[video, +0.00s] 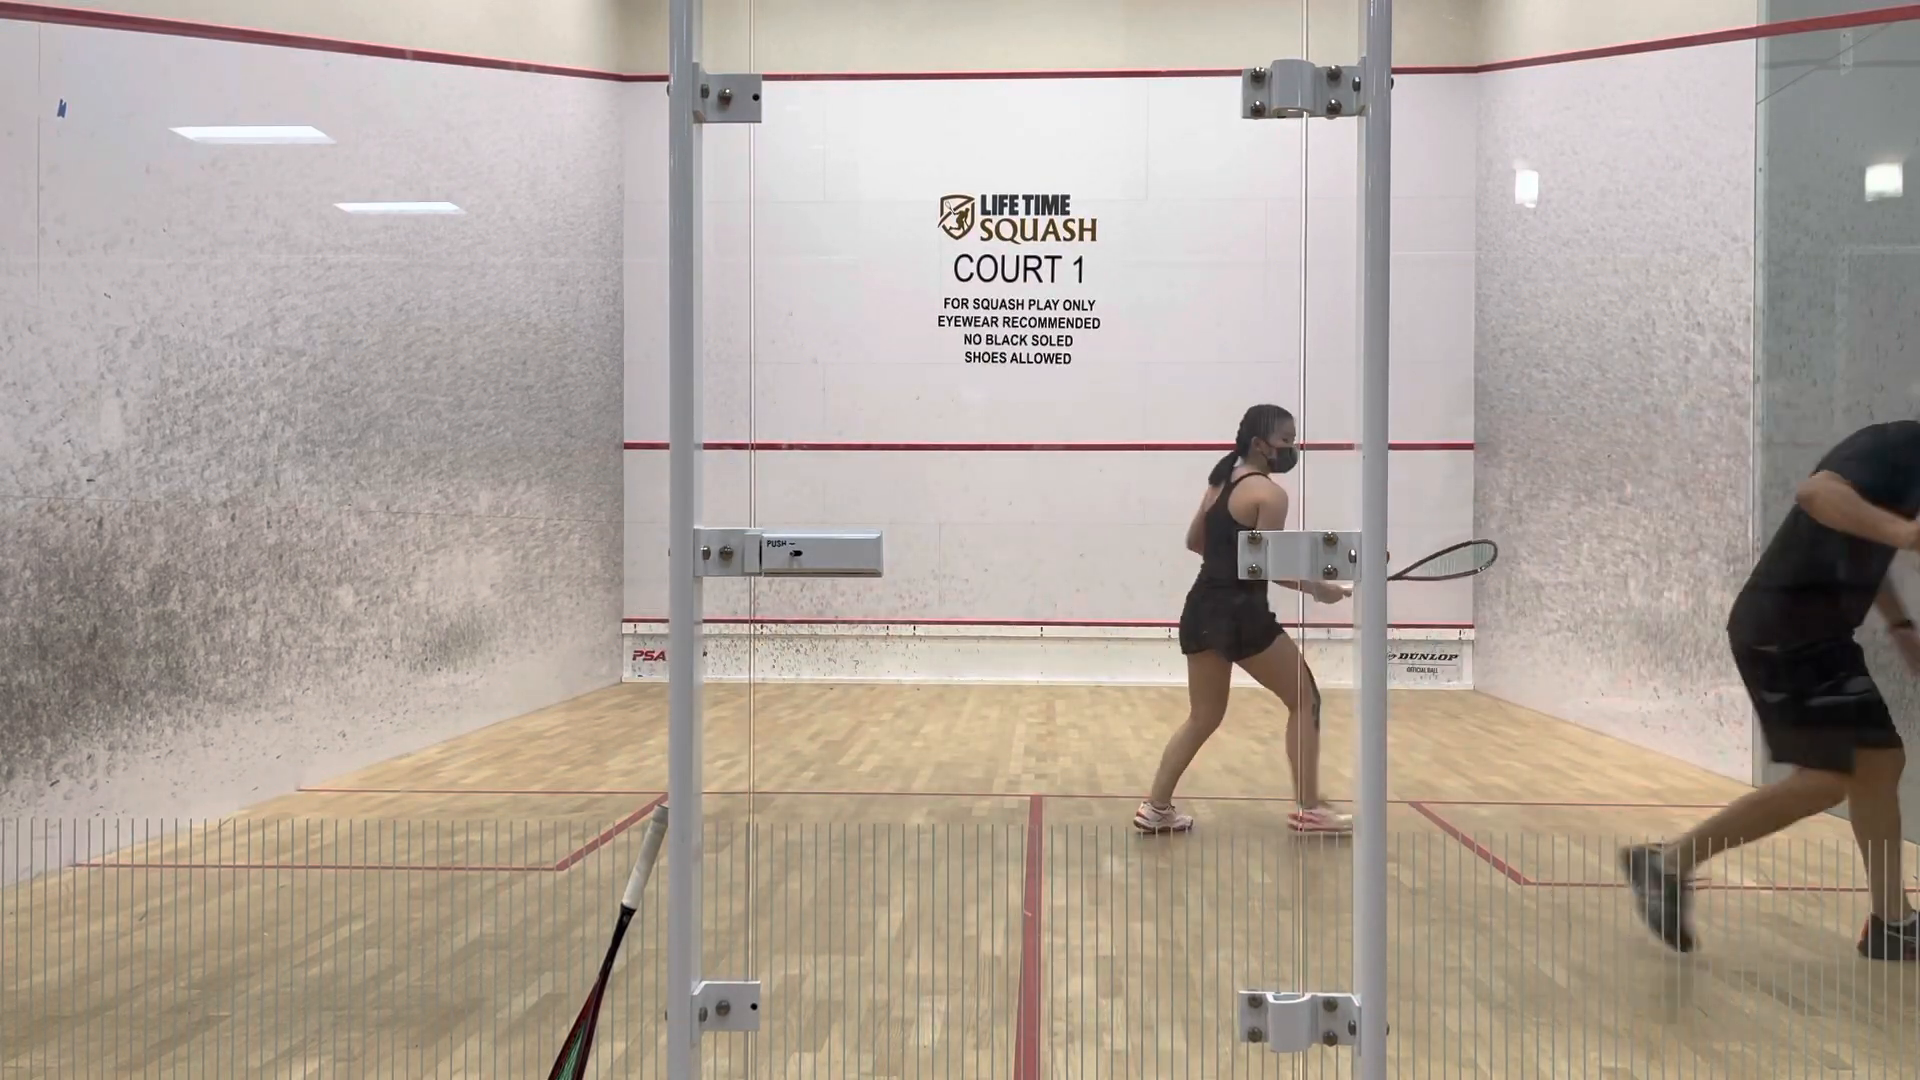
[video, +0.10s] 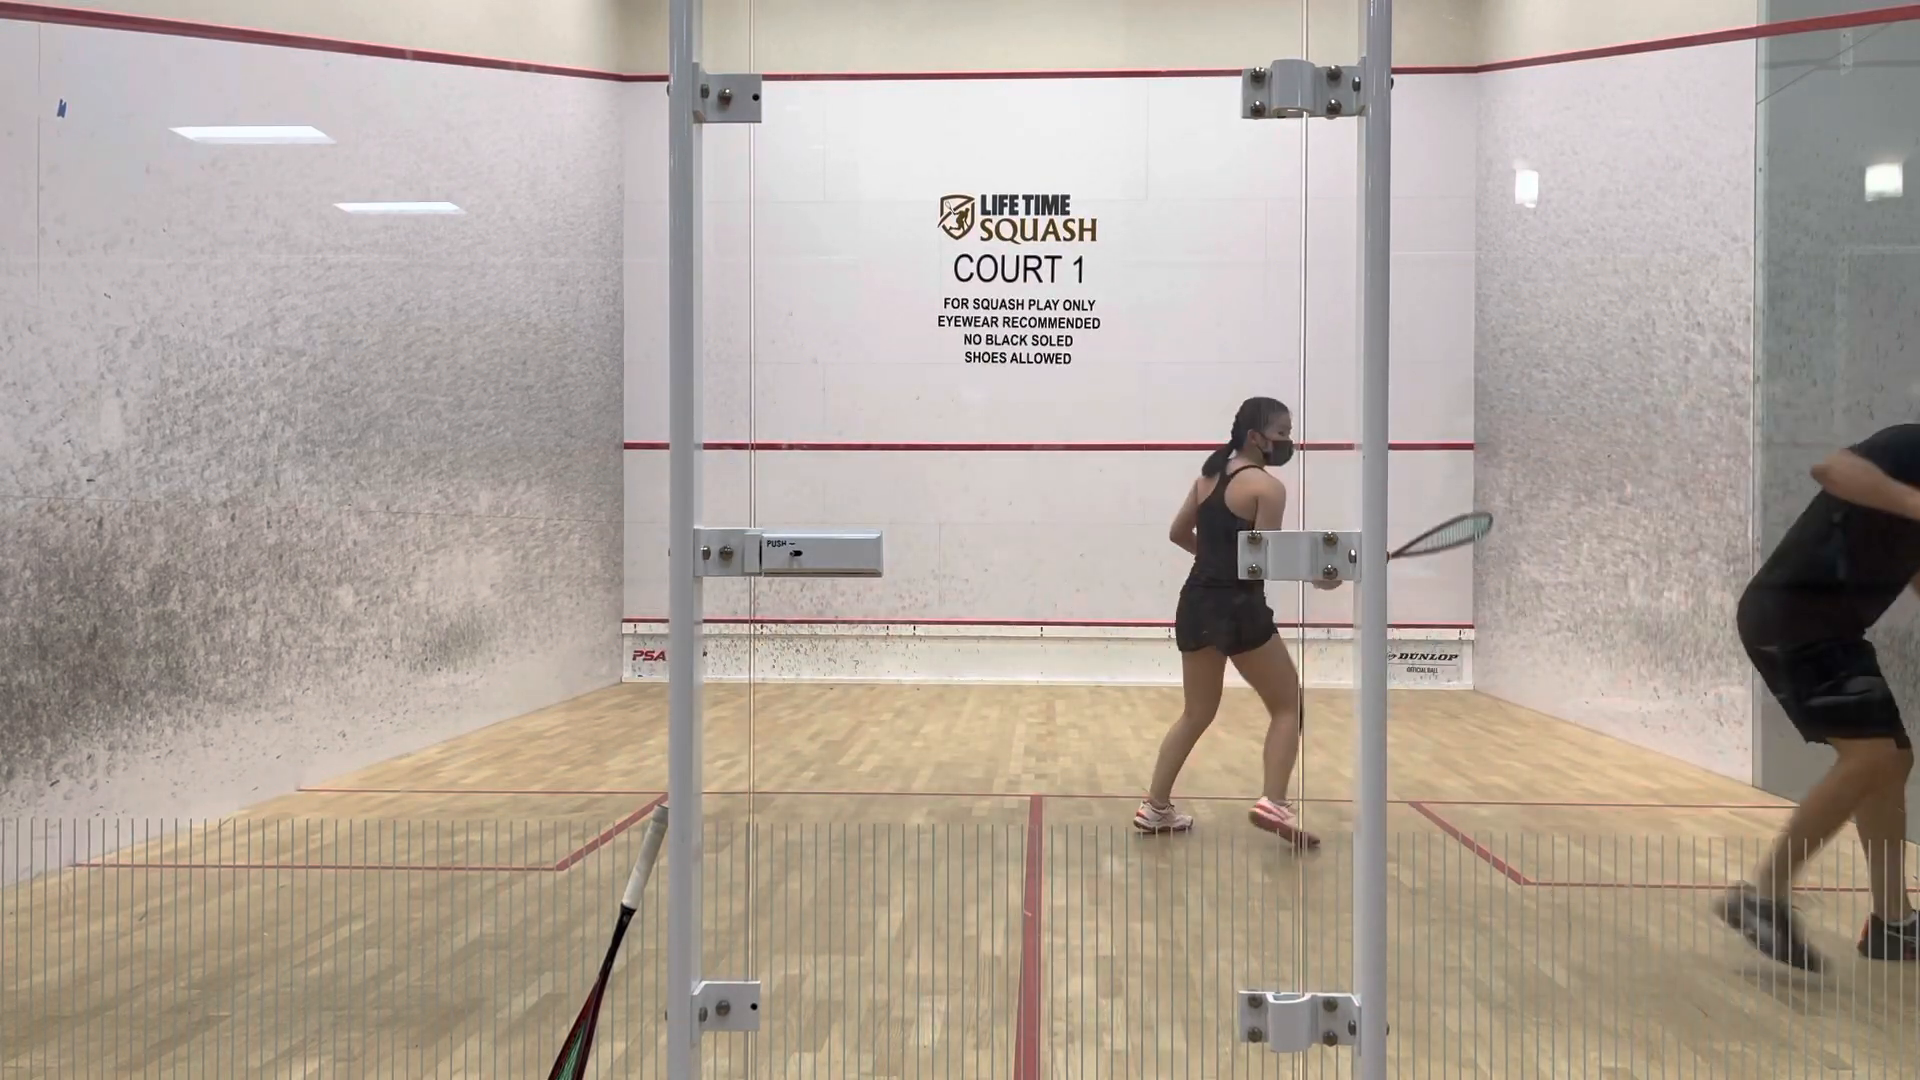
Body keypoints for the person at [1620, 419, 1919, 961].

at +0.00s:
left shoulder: (1908, 469)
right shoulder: (1896, 444)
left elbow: (1867, 552)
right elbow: (1817, 492)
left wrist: (1901, 626)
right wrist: (1899, 532)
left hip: (1826, 630)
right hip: (1776, 628)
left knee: (1880, 759)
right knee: (1826, 779)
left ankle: (1892, 919)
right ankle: (1668, 861)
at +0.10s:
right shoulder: (1909, 445)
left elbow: (1910, 572)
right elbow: (1832, 469)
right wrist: (1912, 502)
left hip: (1832, 620)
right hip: (1789, 612)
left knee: (1891, 759)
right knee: (1869, 756)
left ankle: (1893, 919)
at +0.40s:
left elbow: (1897, 501)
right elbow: (1899, 502)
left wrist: (1814, 548)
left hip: (1844, 637)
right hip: (1815, 633)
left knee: (1905, 765)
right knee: (1907, 761)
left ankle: (1894, 919)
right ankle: (1900, 924)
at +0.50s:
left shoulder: (1916, 484)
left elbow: (1854, 489)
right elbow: (1855, 490)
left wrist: (1778, 553)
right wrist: (1780, 554)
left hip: (1792, 628)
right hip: (1826, 637)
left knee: (1888, 759)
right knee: (1897, 755)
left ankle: (1893, 915)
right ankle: (1897, 917)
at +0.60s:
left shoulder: (1915, 459)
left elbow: (1826, 482)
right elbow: (1828, 483)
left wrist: (1770, 560)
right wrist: (1772, 561)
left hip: (1770, 629)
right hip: (1839, 643)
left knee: (1834, 751)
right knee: (1910, 755)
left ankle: (1873, 899)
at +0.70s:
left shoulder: (1911, 433)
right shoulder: (1908, 434)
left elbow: (1802, 473)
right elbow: (1804, 474)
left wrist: (1758, 558)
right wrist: (1761, 559)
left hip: (1764, 625)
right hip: (1842, 644)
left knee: (1819, 744)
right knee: (1913, 757)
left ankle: (1788, 903)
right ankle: (1914, 968)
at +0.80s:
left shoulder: (1868, 418)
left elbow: (1756, 466)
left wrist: (1723, 555)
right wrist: (1772, 498)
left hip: (1762, 627)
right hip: (1858, 643)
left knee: (1774, 756)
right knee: (1919, 772)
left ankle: (1710, 909)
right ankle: (1919, 975)